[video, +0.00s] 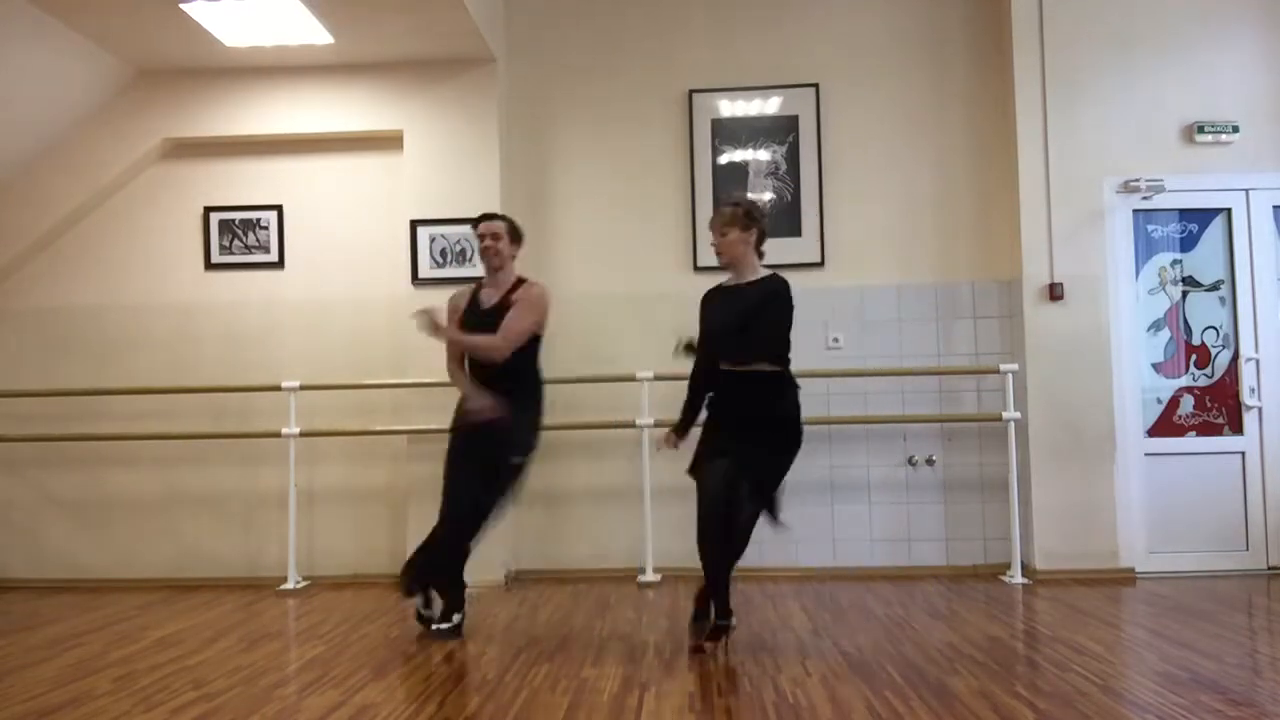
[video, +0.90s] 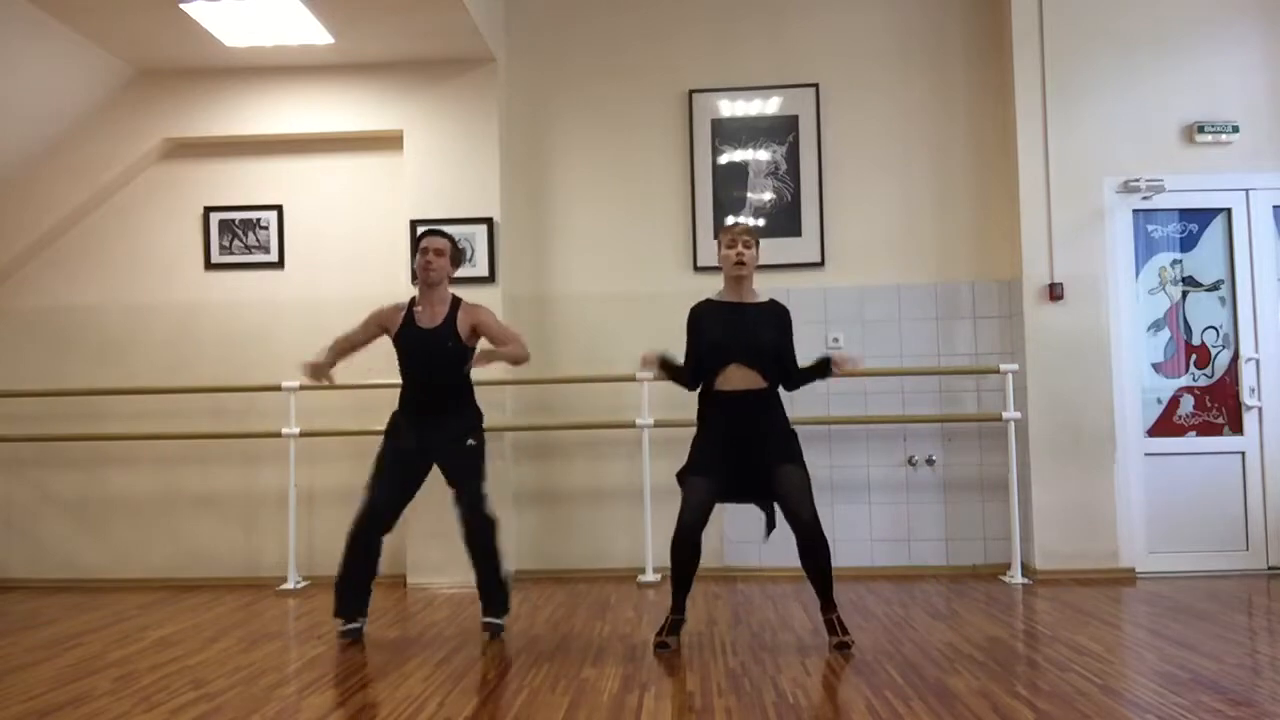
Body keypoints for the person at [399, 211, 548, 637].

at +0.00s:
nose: (488, 244)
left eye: (496, 238)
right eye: (482, 239)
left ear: (515, 246)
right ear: (475, 247)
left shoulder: (532, 295)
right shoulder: (462, 300)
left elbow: (501, 346)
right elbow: (455, 361)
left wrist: (445, 332)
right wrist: (470, 391)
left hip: (517, 412)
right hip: (474, 408)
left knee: (476, 506)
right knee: (456, 506)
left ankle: (421, 573)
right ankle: (451, 602)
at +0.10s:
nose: (474, 240)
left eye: (482, 233)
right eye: (467, 235)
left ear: (498, 241)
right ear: (459, 244)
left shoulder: (515, 285)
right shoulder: (449, 293)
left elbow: (506, 341)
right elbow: (436, 355)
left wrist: (449, 323)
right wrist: (487, 357)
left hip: (498, 400)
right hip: (456, 398)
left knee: (476, 496)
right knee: (431, 504)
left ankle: (428, 530)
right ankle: (450, 602)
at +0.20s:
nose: (464, 242)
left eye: (472, 235)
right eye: (457, 237)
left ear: (488, 242)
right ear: (449, 245)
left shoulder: (505, 285)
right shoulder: (440, 292)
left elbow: (538, 331)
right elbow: (406, 346)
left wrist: (477, 328)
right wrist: (449, 357)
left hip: (490, 401)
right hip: (446, 397)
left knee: (490, 488)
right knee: (407, 481)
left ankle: (457, 514)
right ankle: (425, 583)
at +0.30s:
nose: (453, 251)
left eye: (461, 244)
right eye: (446, 245)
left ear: (476, 252)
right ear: (436, 255)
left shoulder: (497, 298)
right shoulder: (422, 306)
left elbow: (547, 332)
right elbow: (388, 357)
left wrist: (560, 367)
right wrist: (344, 392)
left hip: (480, 422)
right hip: (430, 421)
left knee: (519, 493)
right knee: (370, 497)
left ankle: (496, 586)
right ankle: (361, 599)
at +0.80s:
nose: (429, 261)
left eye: (438, 256)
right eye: (424, 255)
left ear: (453, 268)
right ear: (415, 265)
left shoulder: (474, 319)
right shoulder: (394, 321)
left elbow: (516, 364)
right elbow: (349, 363)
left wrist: (536, 354)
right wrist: (302, 366)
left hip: (460, 435)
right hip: (407, 435)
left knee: (497, 509)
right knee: (353, 514)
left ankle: (503, 612)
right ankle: (346, 616)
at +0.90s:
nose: (428, 259)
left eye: (437, 254)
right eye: (423, 253)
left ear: (453, 267)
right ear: (414, 264)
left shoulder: (471, 315)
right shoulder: (392, 317)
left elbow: (521, 352)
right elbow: (347, 344)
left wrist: (486, 355)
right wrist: (324, 363)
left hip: (459, 432)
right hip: (409, 432)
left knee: (475, 517)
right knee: (371, 519)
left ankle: (493, 609)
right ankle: (352, 613)